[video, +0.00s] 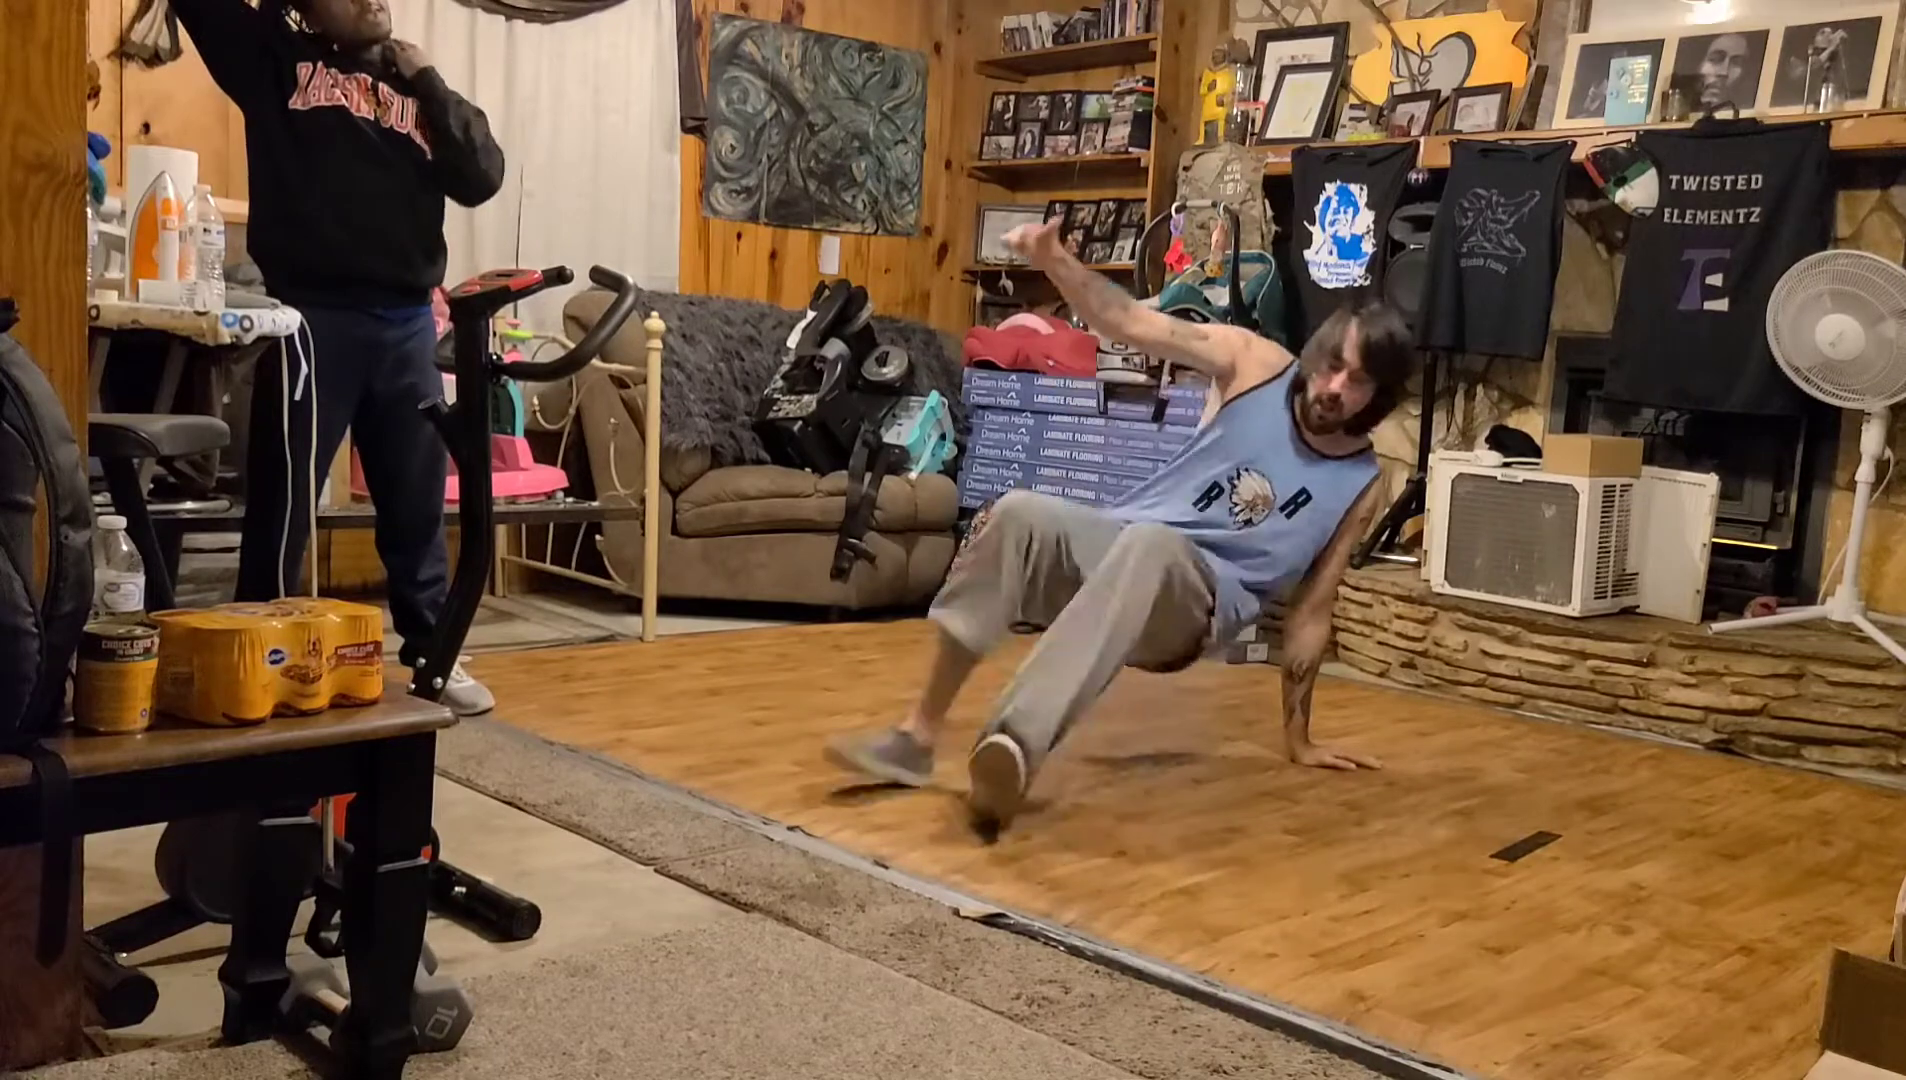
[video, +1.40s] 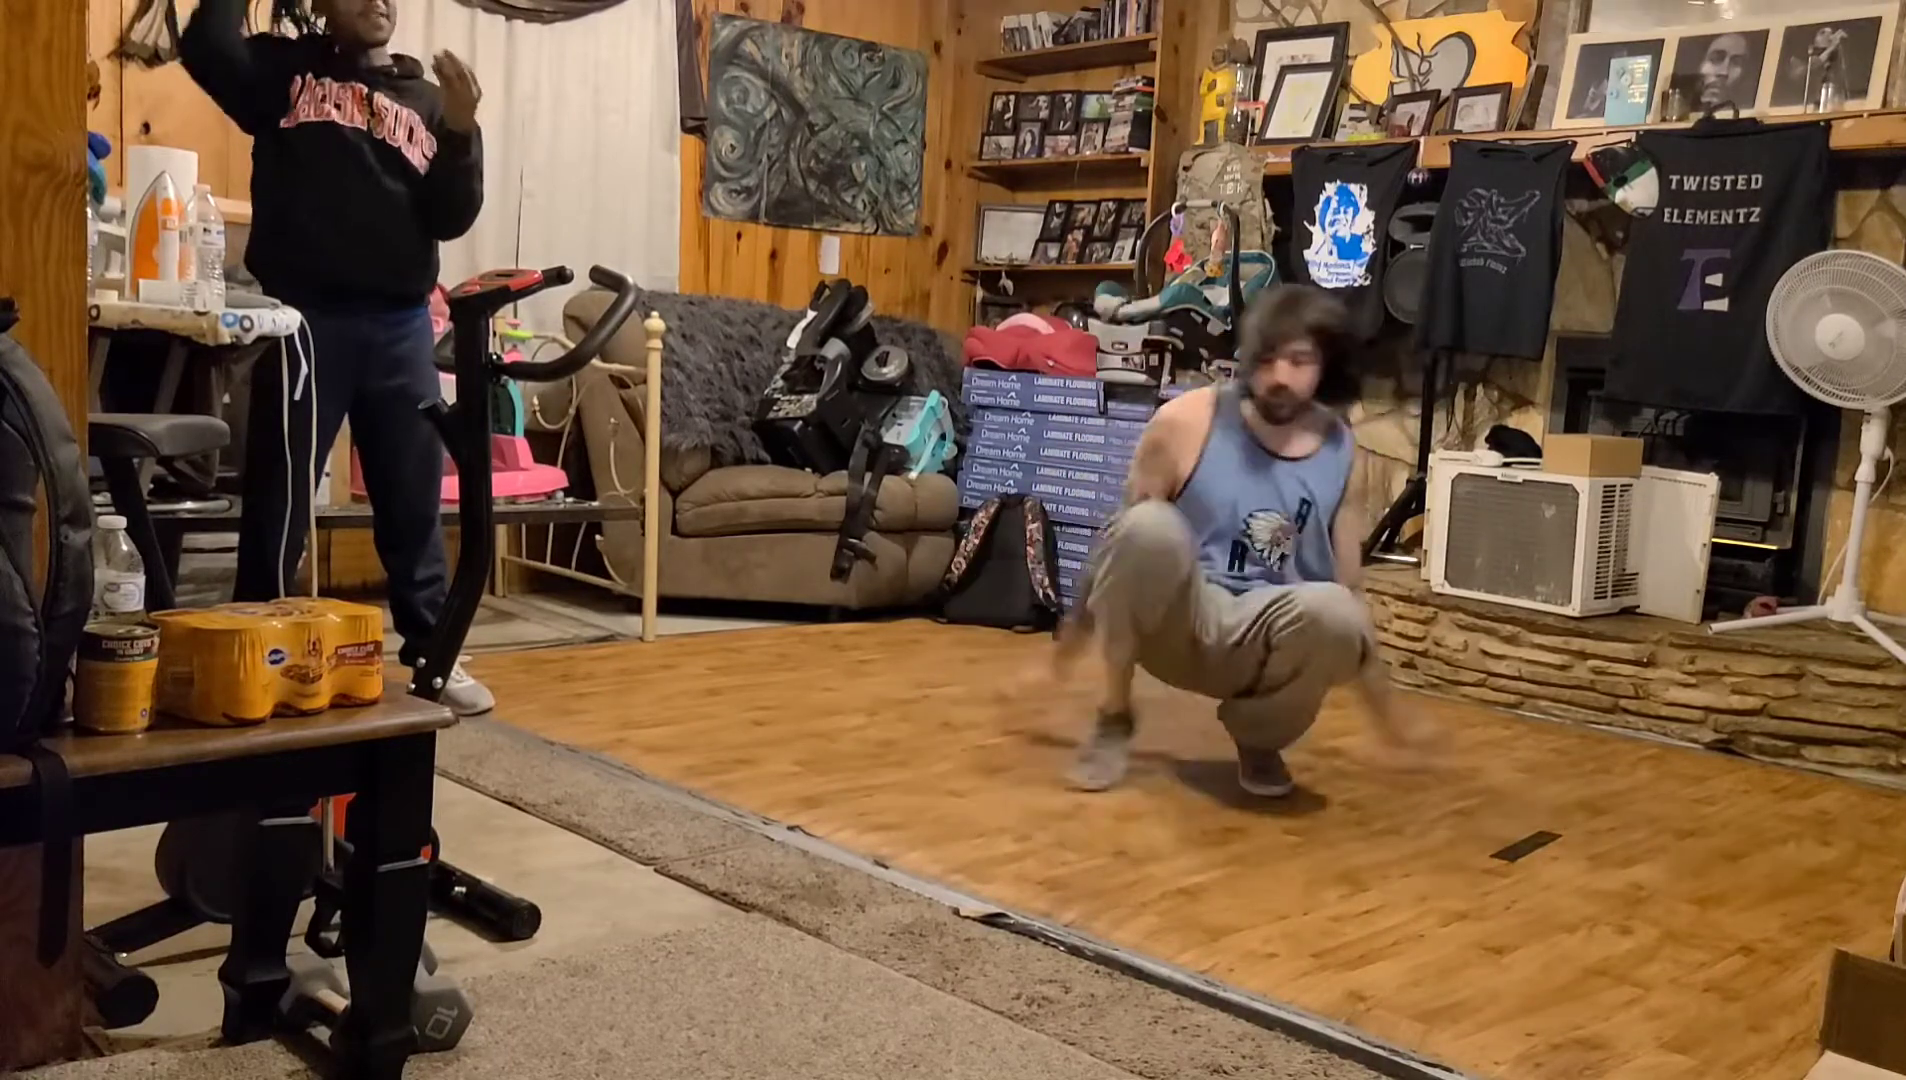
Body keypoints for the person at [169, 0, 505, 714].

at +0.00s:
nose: (374, 2)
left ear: (383, 7)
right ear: (306, 8)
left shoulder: (418, 87)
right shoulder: (273, 58)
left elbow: (481, 180)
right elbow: (195, 0)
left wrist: (429, 85)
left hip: (405, 323)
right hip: (308, 319)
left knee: (416, 502)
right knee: (283, 503)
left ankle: (432, 658)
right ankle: (259, 663)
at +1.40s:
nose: (382, 4)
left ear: (395, 10)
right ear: (323, 6)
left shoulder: (423, 97)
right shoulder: (286, 63)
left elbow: (450, 220)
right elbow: (207, 51)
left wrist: (461, 132)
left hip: (400, 324)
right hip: (300, 321)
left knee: (413, 500)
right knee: (279, 500)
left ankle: (432, 657)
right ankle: (257, 662)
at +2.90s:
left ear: (499, 19)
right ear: (423, 9)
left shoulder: (529, 122)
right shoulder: (368, 88)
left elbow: (550, 234)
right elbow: (317, 191)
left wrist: (477, 216)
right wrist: (372, 205)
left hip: (467, 332)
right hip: (371, 325)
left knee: (453, 502)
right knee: (344, 491)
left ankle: (436, 659)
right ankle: (317, 654)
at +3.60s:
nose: (308, 7)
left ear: (371, 11)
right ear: (290, 8)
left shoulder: (419, 102)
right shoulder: (255, 96)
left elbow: (448, 231)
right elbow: (221, 212)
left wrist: (407, 330)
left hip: (406, 327)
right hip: (302, 327)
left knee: (431, 492)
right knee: (306, 496)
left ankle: (437, 659)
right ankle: (301, 659)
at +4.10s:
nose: (292, 9)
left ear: (347, 6)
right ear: (260, 7)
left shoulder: (399, 95)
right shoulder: (227, 97)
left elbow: (437, 220)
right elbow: (208, 226)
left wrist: (398, 310)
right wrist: (219, 317)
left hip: (395, 322)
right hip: (292, 330)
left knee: (424, 492)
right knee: (303, 495)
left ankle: (443, 657)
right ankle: (301, 658)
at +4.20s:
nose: (292, 11)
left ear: (348, 7)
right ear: (263, 8)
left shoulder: (400, 96)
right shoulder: (228, 97)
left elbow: (438, 220)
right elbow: (209, 226)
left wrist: (398, 310)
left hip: (394, 322)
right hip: (292, 330)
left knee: (424, 491)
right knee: (302, 495)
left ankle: (443, 658)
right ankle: (301, 660)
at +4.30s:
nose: (293, 11)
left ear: (350, 9)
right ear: (265, 8)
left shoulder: (401, 97)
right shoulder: (229, 97)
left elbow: (438, 218)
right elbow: (210, 223)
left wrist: (396, 305)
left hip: (393, 319)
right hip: (292, 326)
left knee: (423, 489)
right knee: (304, 492)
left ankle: (442, 658)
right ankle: (300, 658)